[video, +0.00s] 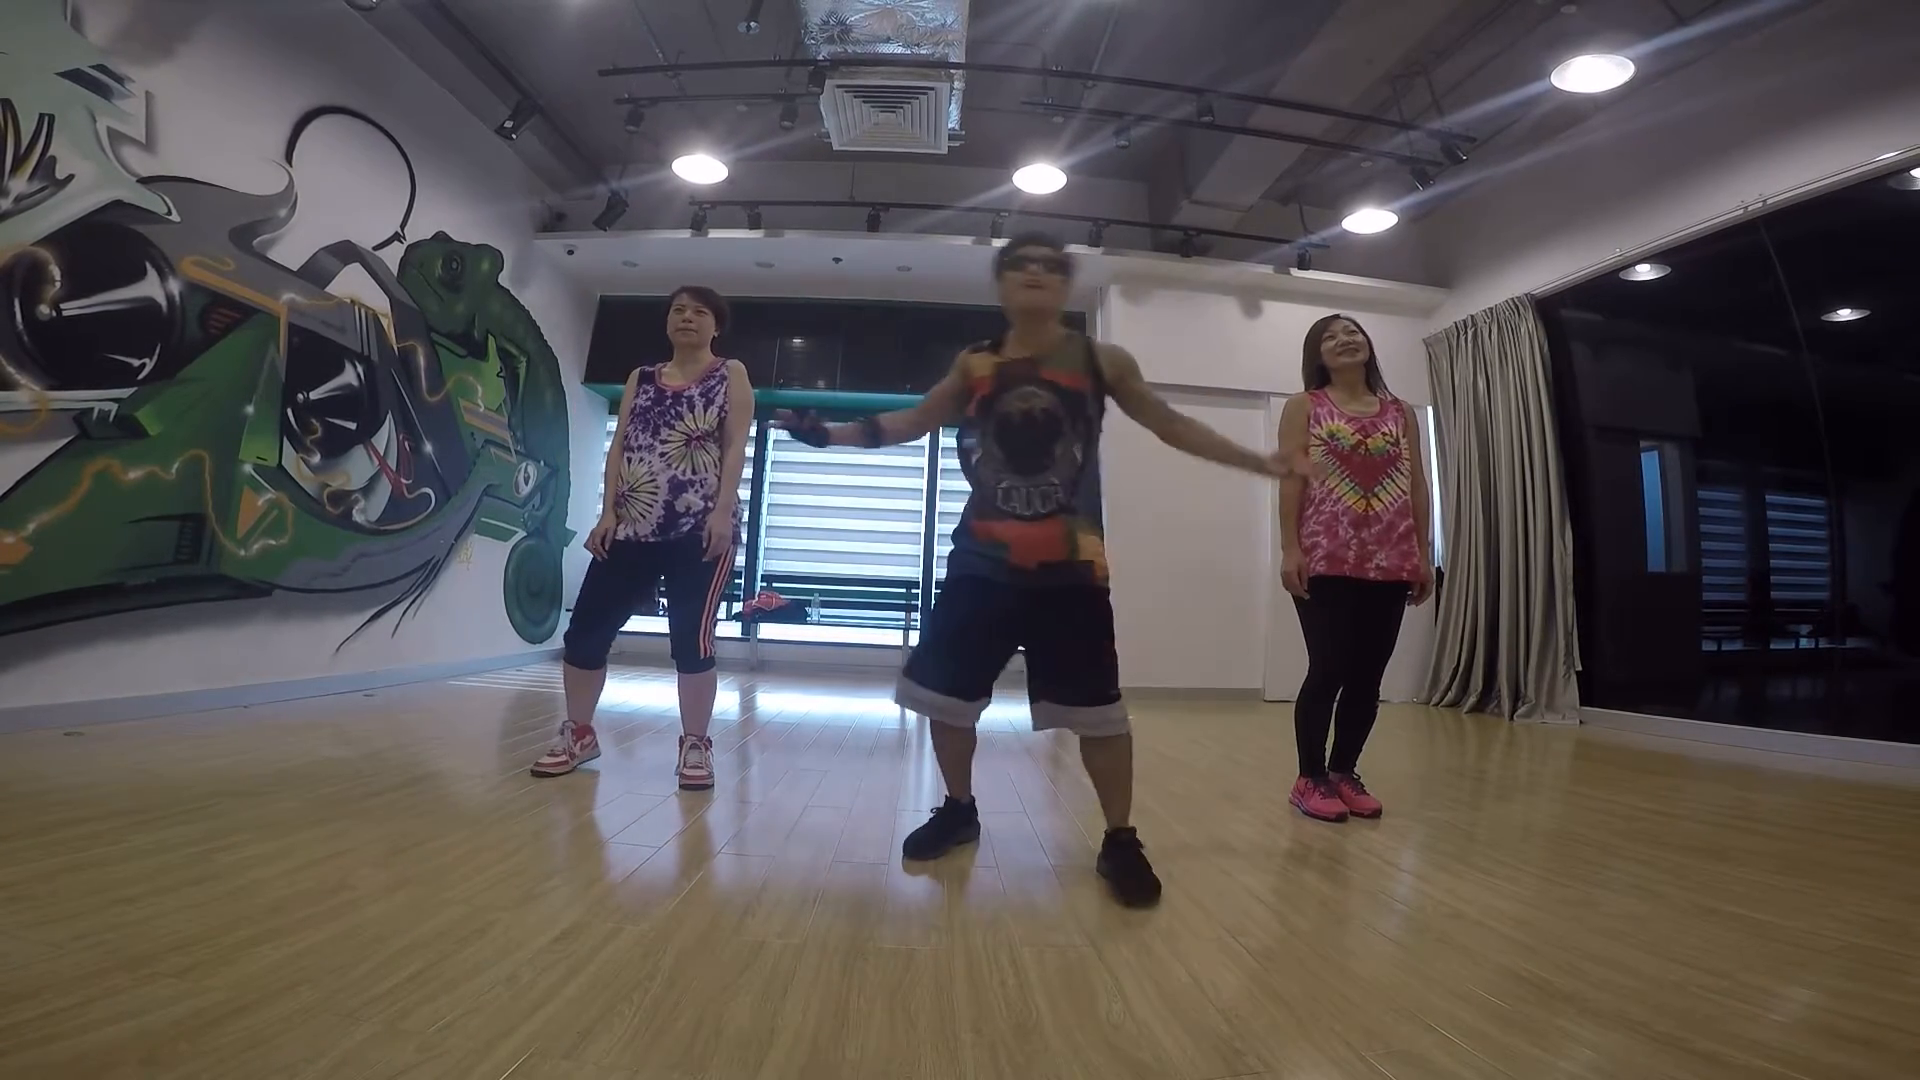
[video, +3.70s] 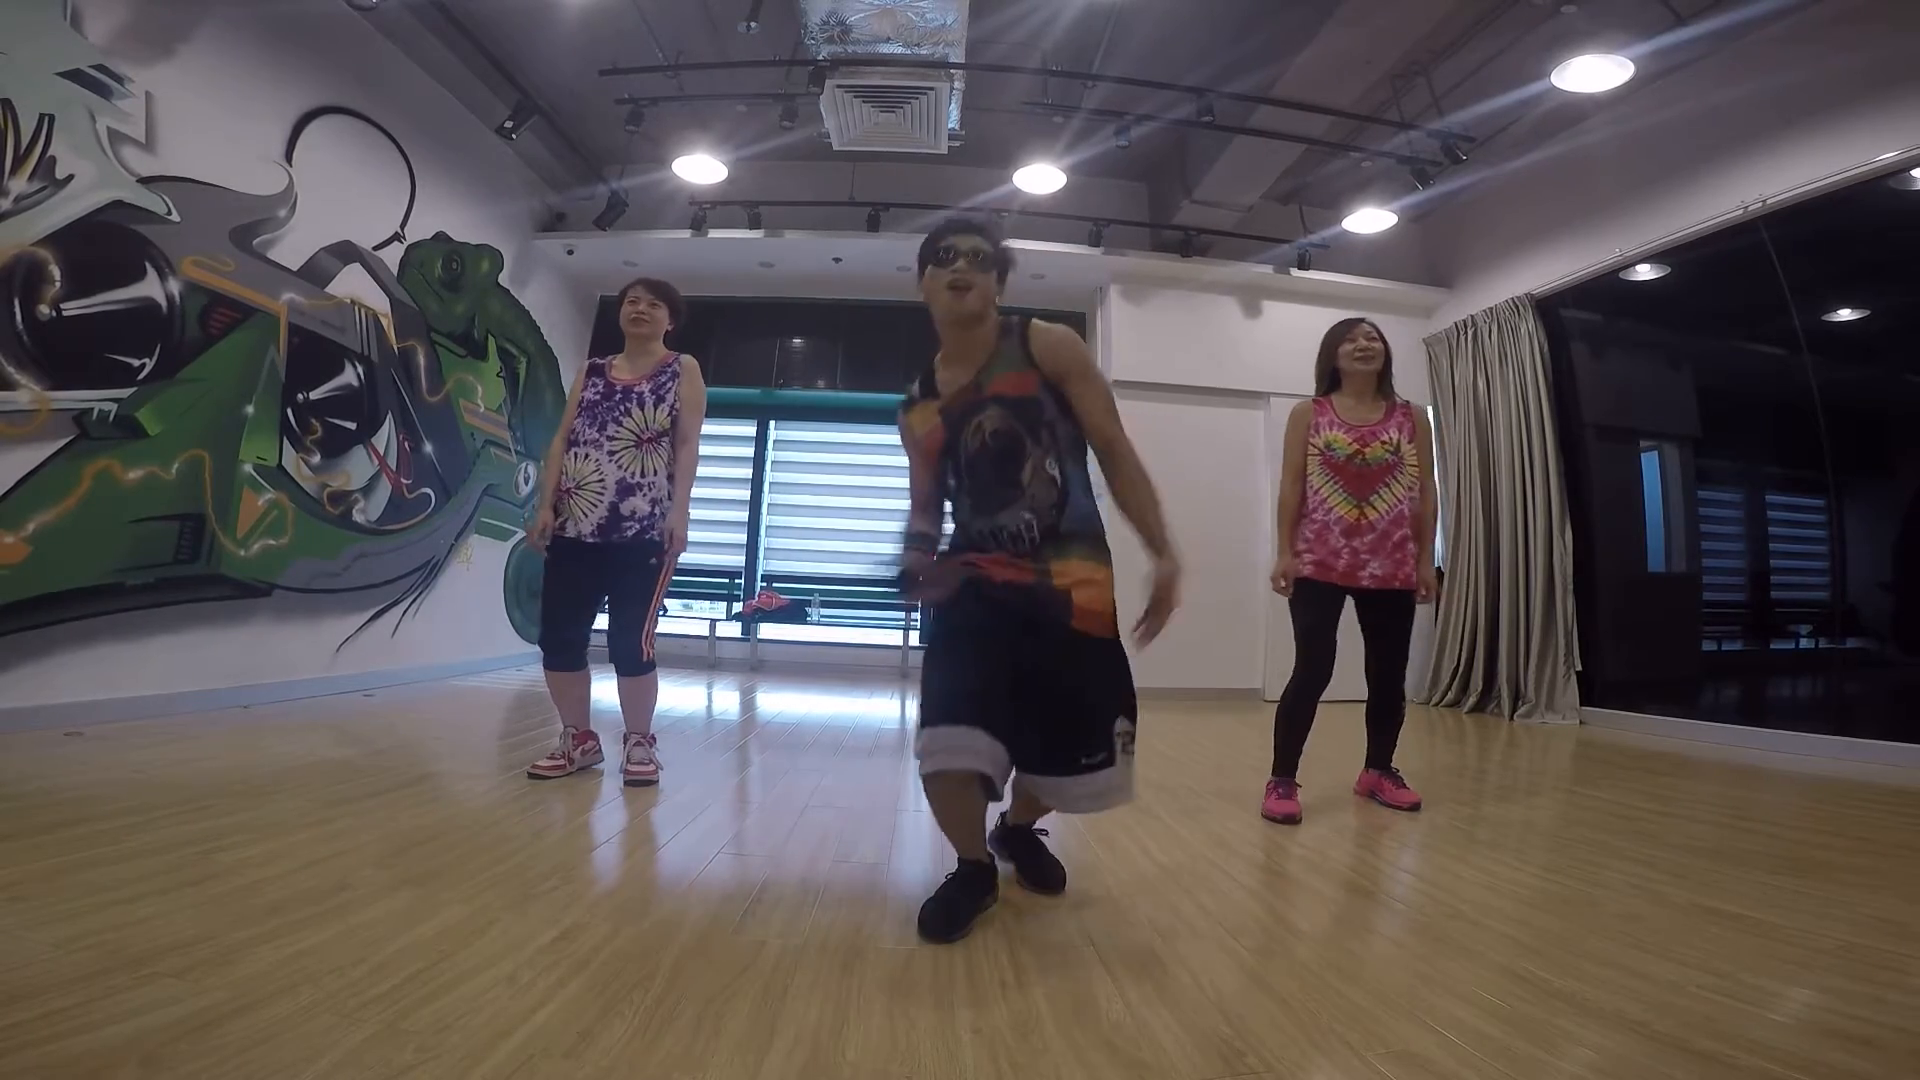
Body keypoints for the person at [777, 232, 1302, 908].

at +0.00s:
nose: (1035, 277)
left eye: (1049, 269)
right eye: (1021, 268)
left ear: (1068, 286)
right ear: (999, 286)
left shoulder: (1101, 361)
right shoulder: (975, 365)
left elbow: (1172, 425)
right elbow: (907, 424)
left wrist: (1262, 462)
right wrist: (830, 433)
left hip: (1070, 568)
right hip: (984, 564)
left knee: (1099, 710)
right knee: (945, 693)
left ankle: (1121, 842)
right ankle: (958, 808)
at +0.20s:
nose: (1050, 278)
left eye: (1050, 270)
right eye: (1034, 267)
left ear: (1043, 289)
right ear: (992, 282)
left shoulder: (1075, 360)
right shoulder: (955, 365)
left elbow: (1109, 436)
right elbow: (919, 442)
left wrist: (1157, 497)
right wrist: (887, 500)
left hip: (1072, 559)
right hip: (984, 561)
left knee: (1100, 695)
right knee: (950, 695)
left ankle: (1110, 826)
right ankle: (960, 811)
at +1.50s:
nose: (944, 328)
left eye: (952, 317)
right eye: (947, 317)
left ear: (977, 320)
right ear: (978, 324)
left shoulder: (1033, 361)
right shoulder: (970, 405)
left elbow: (1089, 405)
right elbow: (899, 440)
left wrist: (1143, 433)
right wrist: (829, 400)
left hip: (1036, 567)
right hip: (961, 567)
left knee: (1067, 700)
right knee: (917, 685)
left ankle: (1099, 811)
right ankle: (940, 805)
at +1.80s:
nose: (941, 322)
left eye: (955, 312)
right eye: (941, 315)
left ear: (991, 325)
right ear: (951, 335)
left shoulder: (1028, 367)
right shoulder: (959, 413)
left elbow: (1095, 413)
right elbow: (955, 484)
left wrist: (1153, 464)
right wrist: (896, 493)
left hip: (1026, 567)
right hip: (953, 569)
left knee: (1062, 700)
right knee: (902, 688)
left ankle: (1098, 810)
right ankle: (939, 805)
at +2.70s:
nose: (1020, 279)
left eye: (1034, 271)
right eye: (1006, 268)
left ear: (1051, 292)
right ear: (982, 287)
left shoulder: (1074, 374)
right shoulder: (944, 372)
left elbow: (1087, 465)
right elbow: (900, 449)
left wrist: (1078, 538)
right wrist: (901, 475)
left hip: (1043, 563)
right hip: (964, 564)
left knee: (1045, 703)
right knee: (956, 707)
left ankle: (1015, 829)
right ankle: (958, 809)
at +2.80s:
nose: (1049, 305)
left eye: (1063, 298)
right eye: (1033, 294)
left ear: (1078, 322)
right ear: (1007, 312)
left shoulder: (1086, 412)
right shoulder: (955, 391)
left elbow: (1080, 502)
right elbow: (896, 471)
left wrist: (1061, 572)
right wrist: (930, 520)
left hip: (1043, 587)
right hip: (964, 585)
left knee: (1048, 722)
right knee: (963, 728)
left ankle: (1016, 832)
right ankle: (958, 812)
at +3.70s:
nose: (963, 269)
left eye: (979, 261)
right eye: (946, 260)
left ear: (1000, 285)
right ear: (922, 288)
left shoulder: (1051, 345)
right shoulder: (923, 402)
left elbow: (1115, 453)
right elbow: (923, 515)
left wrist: (1162, 552)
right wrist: (918, 561)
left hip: (1069, 583)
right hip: (971, 586)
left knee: (1070, 741)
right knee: (947, 739)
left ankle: (1019, 826)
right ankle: (973, 865)